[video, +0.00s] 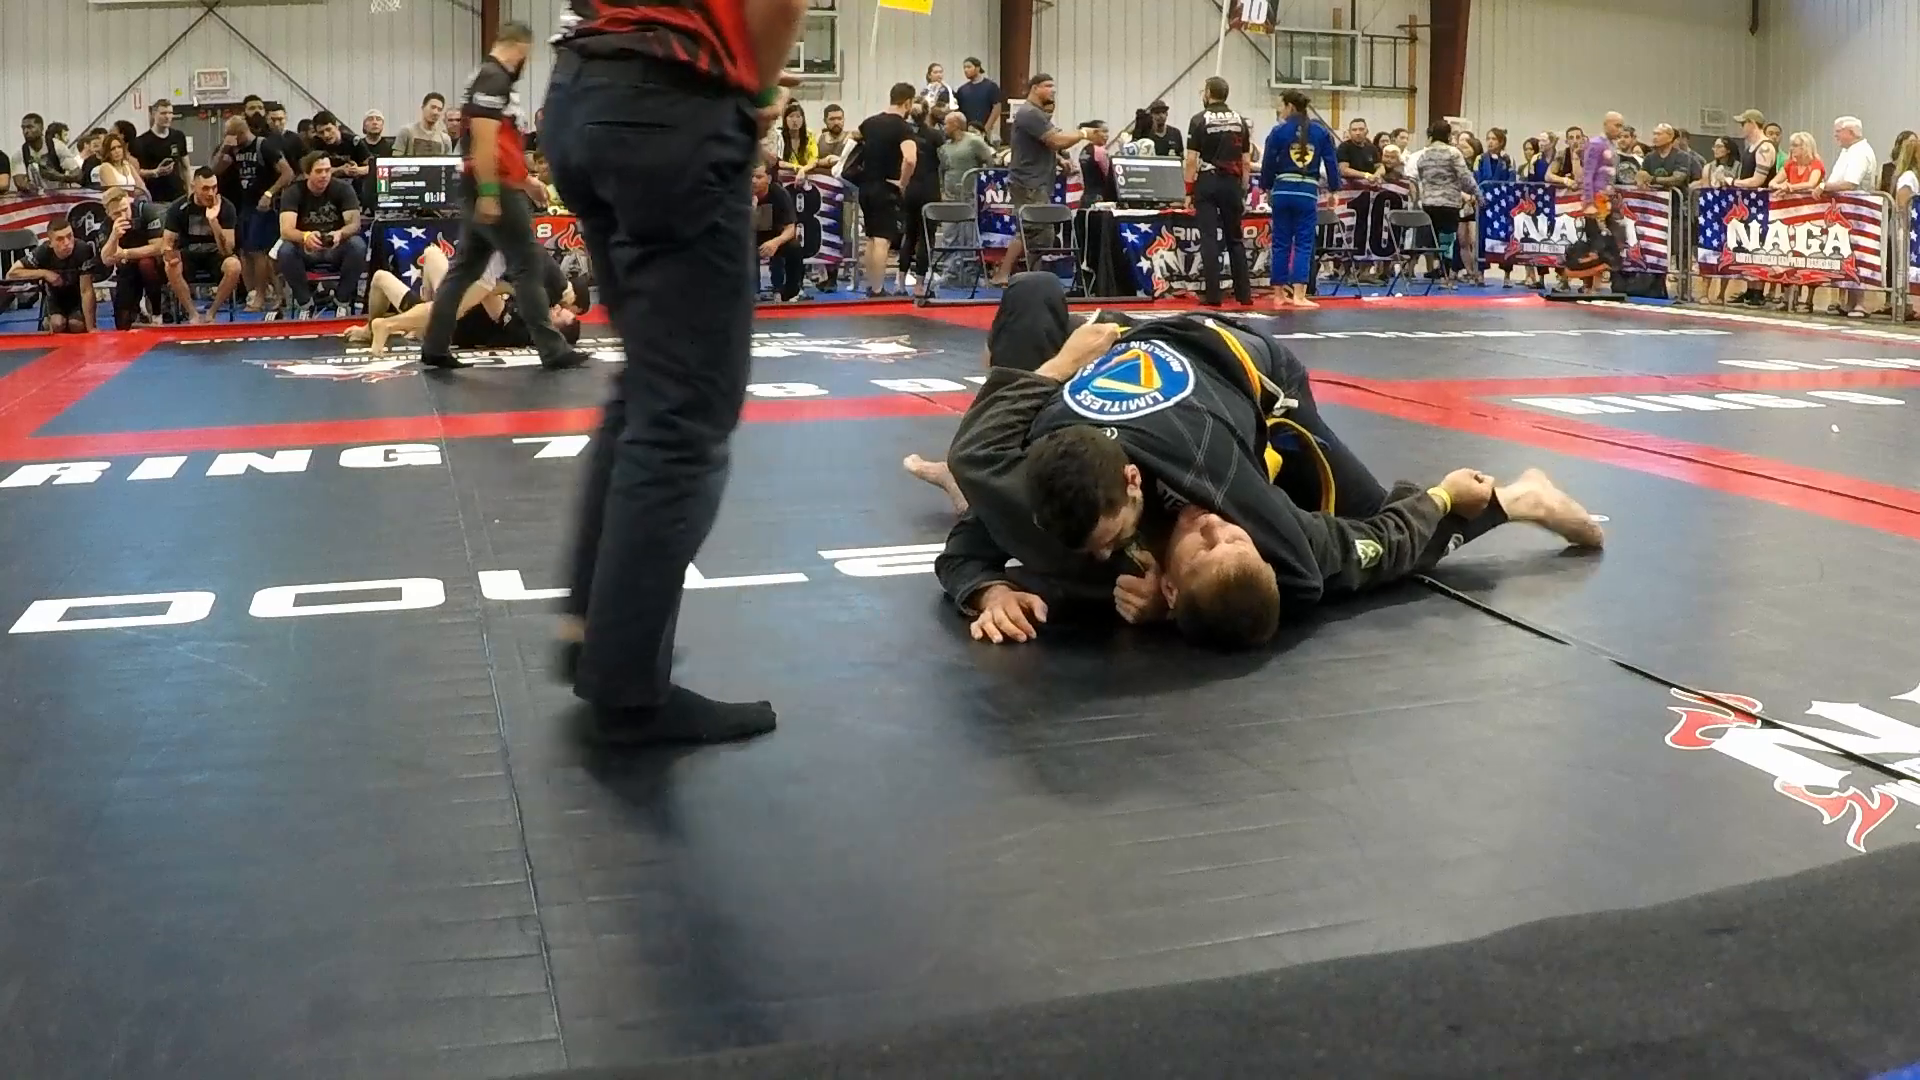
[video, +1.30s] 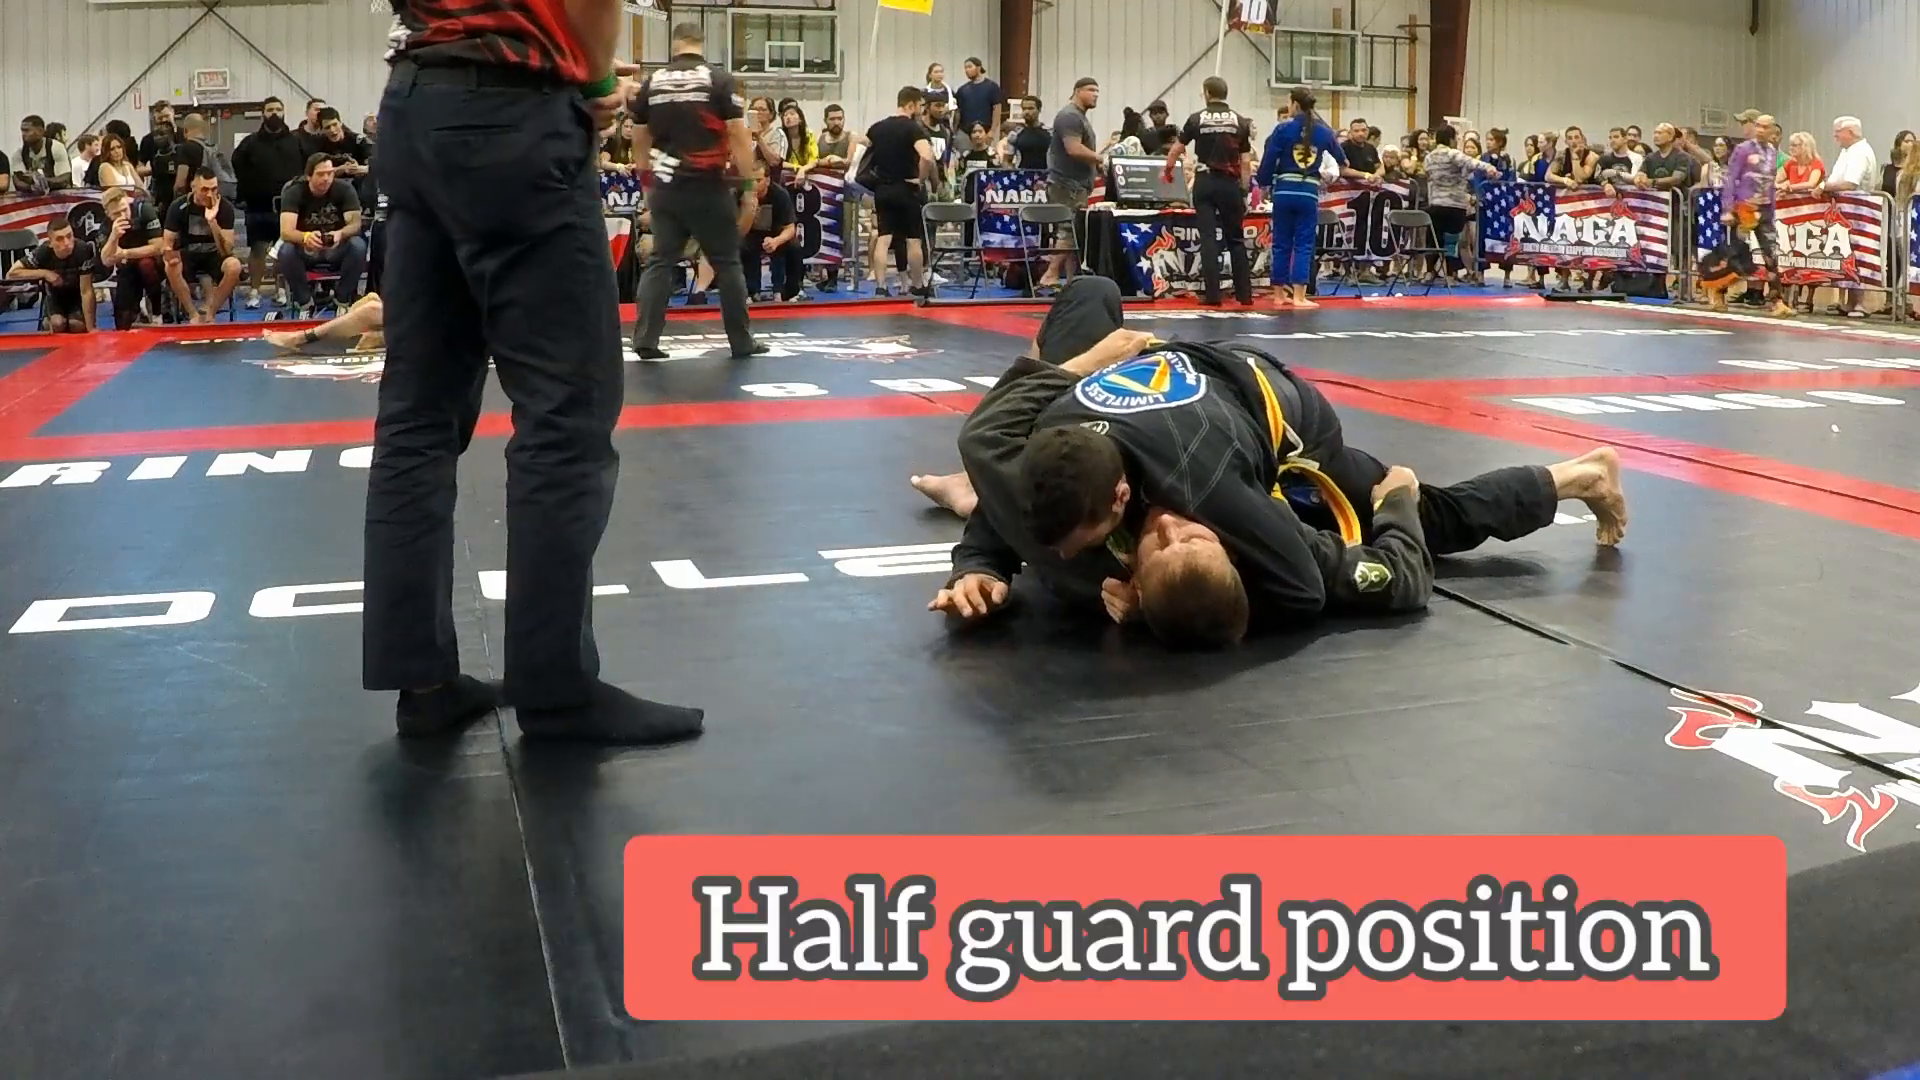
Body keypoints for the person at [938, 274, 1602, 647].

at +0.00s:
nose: (1106, 557)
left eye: (1113, 543)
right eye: (1088, 552)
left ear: (1136, 489)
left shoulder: (1207, 475)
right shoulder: (998, 483)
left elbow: (1311, 573)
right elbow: (961, 554)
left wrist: (1168, 599)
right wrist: (981, 591)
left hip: (1245, 364)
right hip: (1134, 351)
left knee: (1365, 549)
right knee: (1031, 286)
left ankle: (1498, 498)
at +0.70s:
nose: (1090, 540)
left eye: (1100, 530)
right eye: (1070, 535)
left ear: (1125, 479)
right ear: (1024, 499)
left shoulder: (1200, 481)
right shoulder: (1012, 470)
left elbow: (1317, 590)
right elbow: (980, 549)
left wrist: (1148, 604)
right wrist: (985, 593)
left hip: (1277, 405)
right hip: (1170, 359)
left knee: (1422, 530)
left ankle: (1577, 472)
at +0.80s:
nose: (1093, 539)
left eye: (1101, 531)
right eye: (1067, 533)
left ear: (1121, 479)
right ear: (1022, 497)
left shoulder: (1202, 487)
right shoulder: (1015, 467)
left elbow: (1310, 594)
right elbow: (997, 551)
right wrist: (982, 582)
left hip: (1283, 403)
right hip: (1182, 356)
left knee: (1414, 531)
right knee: (1096, 284)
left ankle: (1587, 475)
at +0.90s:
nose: (1082, 539)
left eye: (1093, 530)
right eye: (1060, 533)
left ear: (1117, 478)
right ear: (1020, 490)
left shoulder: (1200, 487)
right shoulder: (1014, 457)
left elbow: (1307, 591)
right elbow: (999, 536)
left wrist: (1147, 601)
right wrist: (978, 576)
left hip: (1283, 407)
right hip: (1180, 355)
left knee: (1414, 532)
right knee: (1096, 285)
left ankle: (1588, 476)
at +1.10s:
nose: (1064, 543)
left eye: (1080, 536)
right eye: (1050, 536)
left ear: (1114, 487)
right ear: (1017, 485)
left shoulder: (1200, 489)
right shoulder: (1014, 454)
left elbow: (1306, 598)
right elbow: (995, 533)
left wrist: (1148, 603)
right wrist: (979, 571)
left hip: (1279, 406)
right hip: (1181, 357)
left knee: (1403, 513)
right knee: (1091, 290)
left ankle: (1588, 476)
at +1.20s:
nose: (1162, 536)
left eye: (1102, 541)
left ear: (1118, 500)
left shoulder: (1201, 494)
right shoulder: (1012, 460)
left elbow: (1306, 594)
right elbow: (996, 536)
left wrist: (1145, 605)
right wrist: (978, 574)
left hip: (1273, 403)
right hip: (1172, 356)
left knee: (1407, 518)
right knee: (1086, 292)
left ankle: (1583, 477)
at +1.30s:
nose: (1171, 534)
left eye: (1137, 546)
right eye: (1181, 543)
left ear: (1118, 511)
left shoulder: (1201, 491)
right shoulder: (1010, 462)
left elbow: (1307, 591)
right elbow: (994, 538)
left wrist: (1134, 598)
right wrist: (977, 573)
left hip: (1271, 401)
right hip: (1173, 354)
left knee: (1414, 522)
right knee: (1080, 292)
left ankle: (1580, 476)